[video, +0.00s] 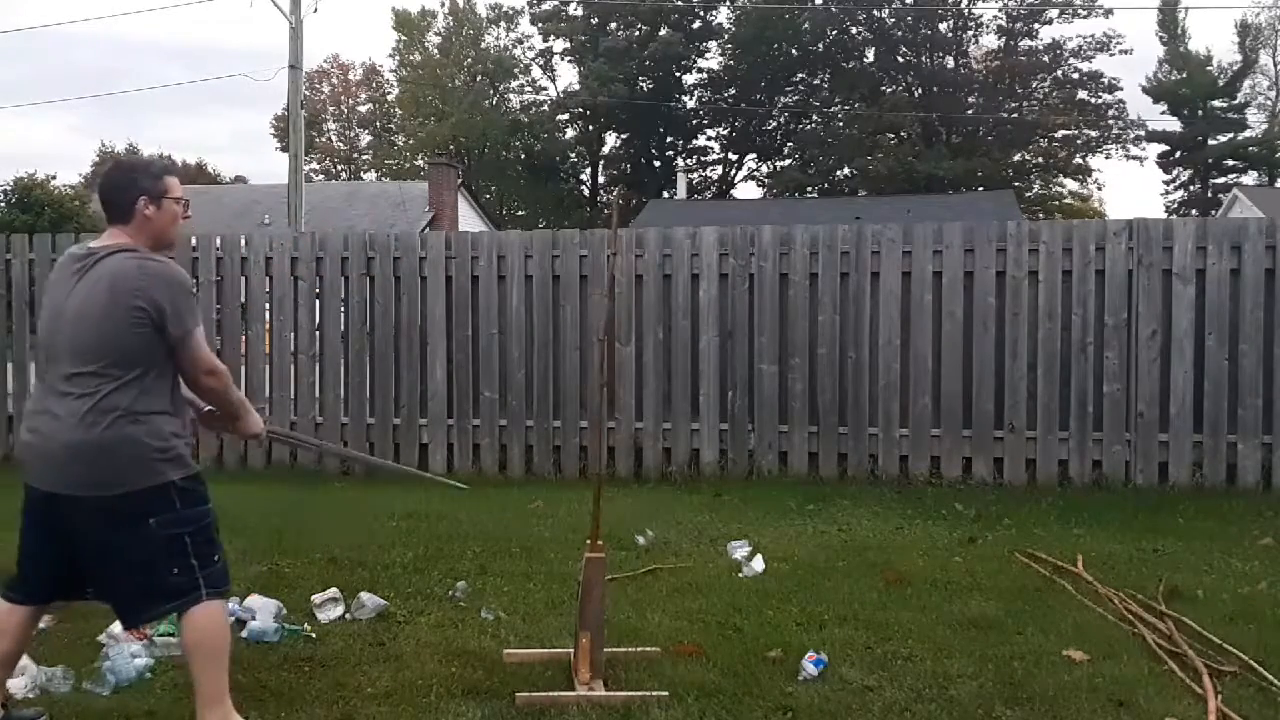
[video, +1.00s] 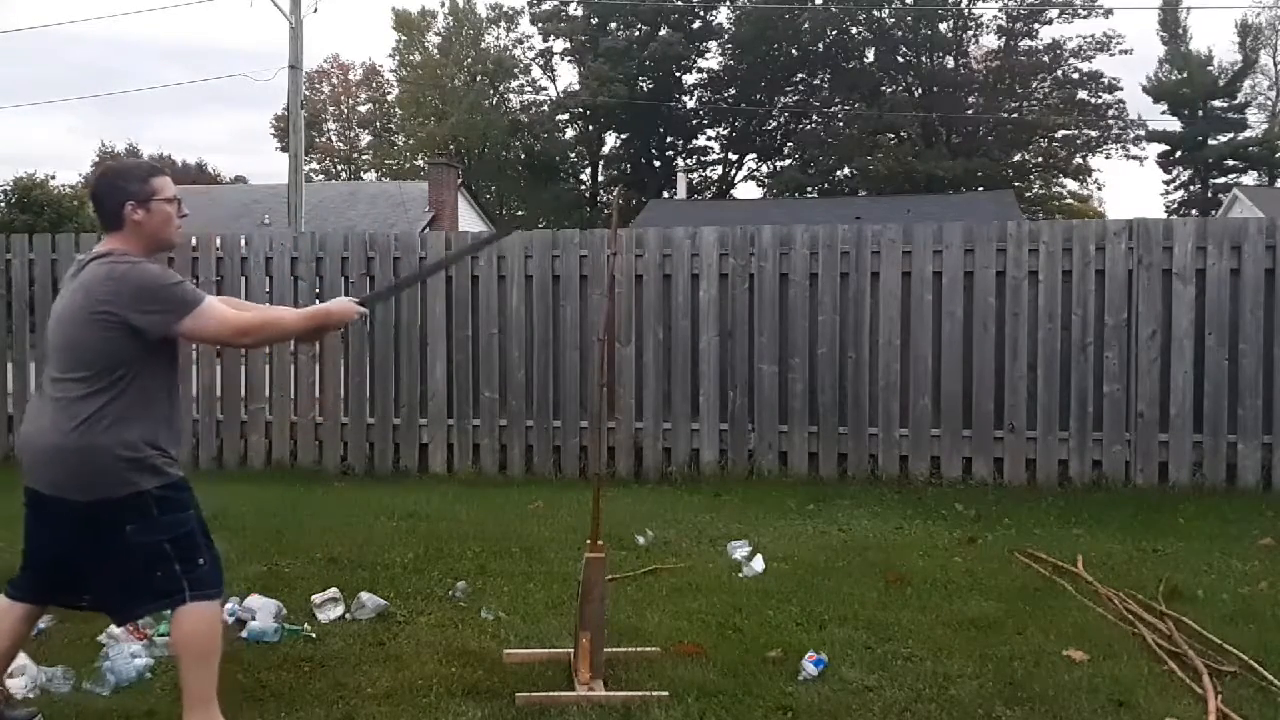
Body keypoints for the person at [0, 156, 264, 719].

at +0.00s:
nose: (186, 216)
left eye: (186, 204)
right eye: (179, 204)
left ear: (122, 211)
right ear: (144, 208)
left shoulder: (68, 264)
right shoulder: (162, 276)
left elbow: (104, 360)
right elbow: (203, 369)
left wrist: (178, 399)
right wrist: (243, 414)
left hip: (50, 453)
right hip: (138, 456)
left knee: (26, 591)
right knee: (201, 587)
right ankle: (216, 710)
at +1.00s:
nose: (182, 213)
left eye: (178, 201)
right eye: (171, 202)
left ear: (128, 214)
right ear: (135, 212)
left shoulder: (90, 272)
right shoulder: (140, 280)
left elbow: (210, 318)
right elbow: (233, 326)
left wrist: (291, 321)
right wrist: (318, 317)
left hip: (50, 460)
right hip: (124, 464)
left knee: (30, 588)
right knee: (199, 586)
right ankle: (202, 712)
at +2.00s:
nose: (173, 228)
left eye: (172, 218)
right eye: (163, 218)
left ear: (164, 227)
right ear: (124, 227)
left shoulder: (155, 282)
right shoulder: (86, 292)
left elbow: (202, 208)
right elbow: (136, 234)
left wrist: (175, 146)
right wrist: (128, 143)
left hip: (74, 472)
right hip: (115, 471)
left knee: (44, 595)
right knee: (204, 579)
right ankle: (205, 713)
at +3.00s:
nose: (178, 230)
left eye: (175, 219)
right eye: (167, 219)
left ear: (125, 226)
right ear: (126, 226)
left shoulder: (99, 276)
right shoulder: (116, 283)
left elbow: (219, 247)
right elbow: (229, 278)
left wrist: (247, 196)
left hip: (66, 470)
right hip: (135, 471)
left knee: (32, 590)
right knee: (214, 583)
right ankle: (206, 712)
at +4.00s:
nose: (155, 213)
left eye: (154, 202)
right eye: (147, 202)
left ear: (97, 209)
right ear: (109, 206)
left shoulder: (39, 268)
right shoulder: (121, 275)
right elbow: (182, 365)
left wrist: (195, 384)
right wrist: (248, 395)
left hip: (21, 464)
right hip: (111, 466)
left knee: (9, 596)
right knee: (170, 596)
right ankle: (201, 713)